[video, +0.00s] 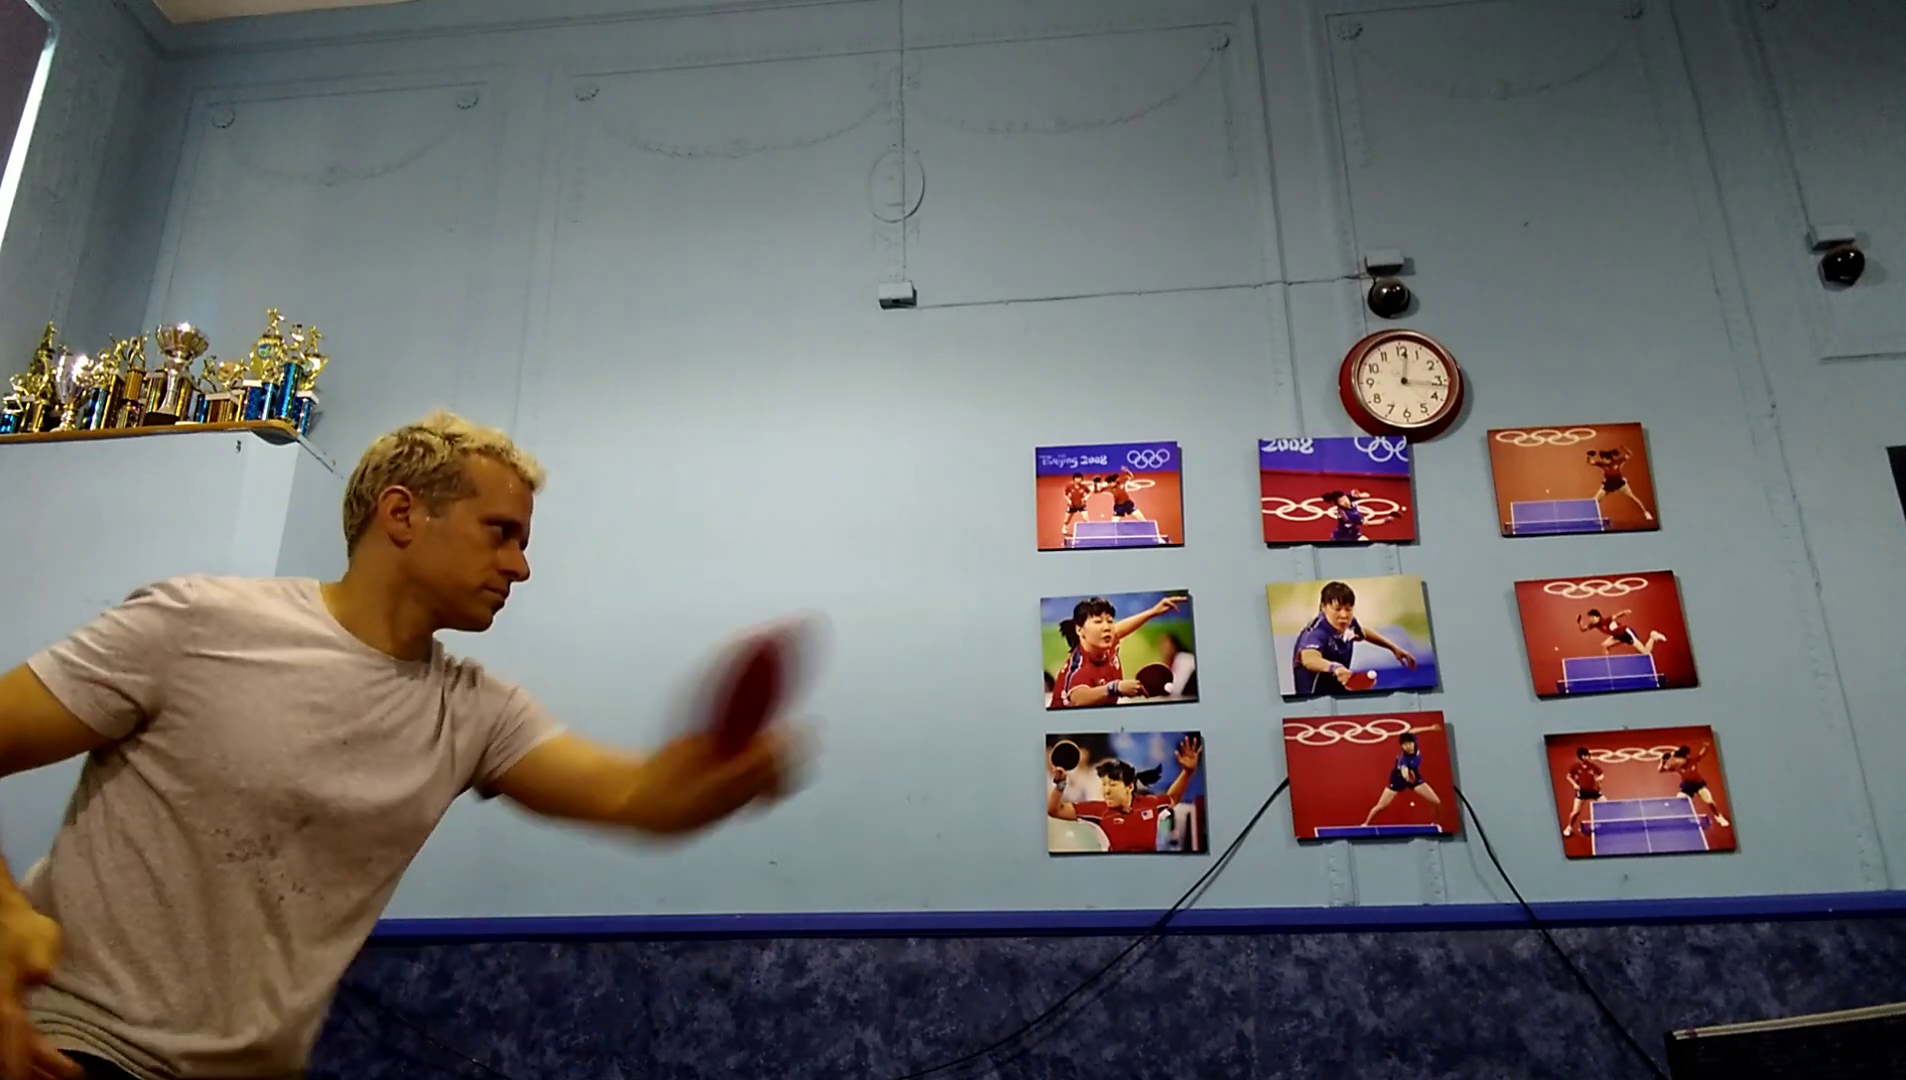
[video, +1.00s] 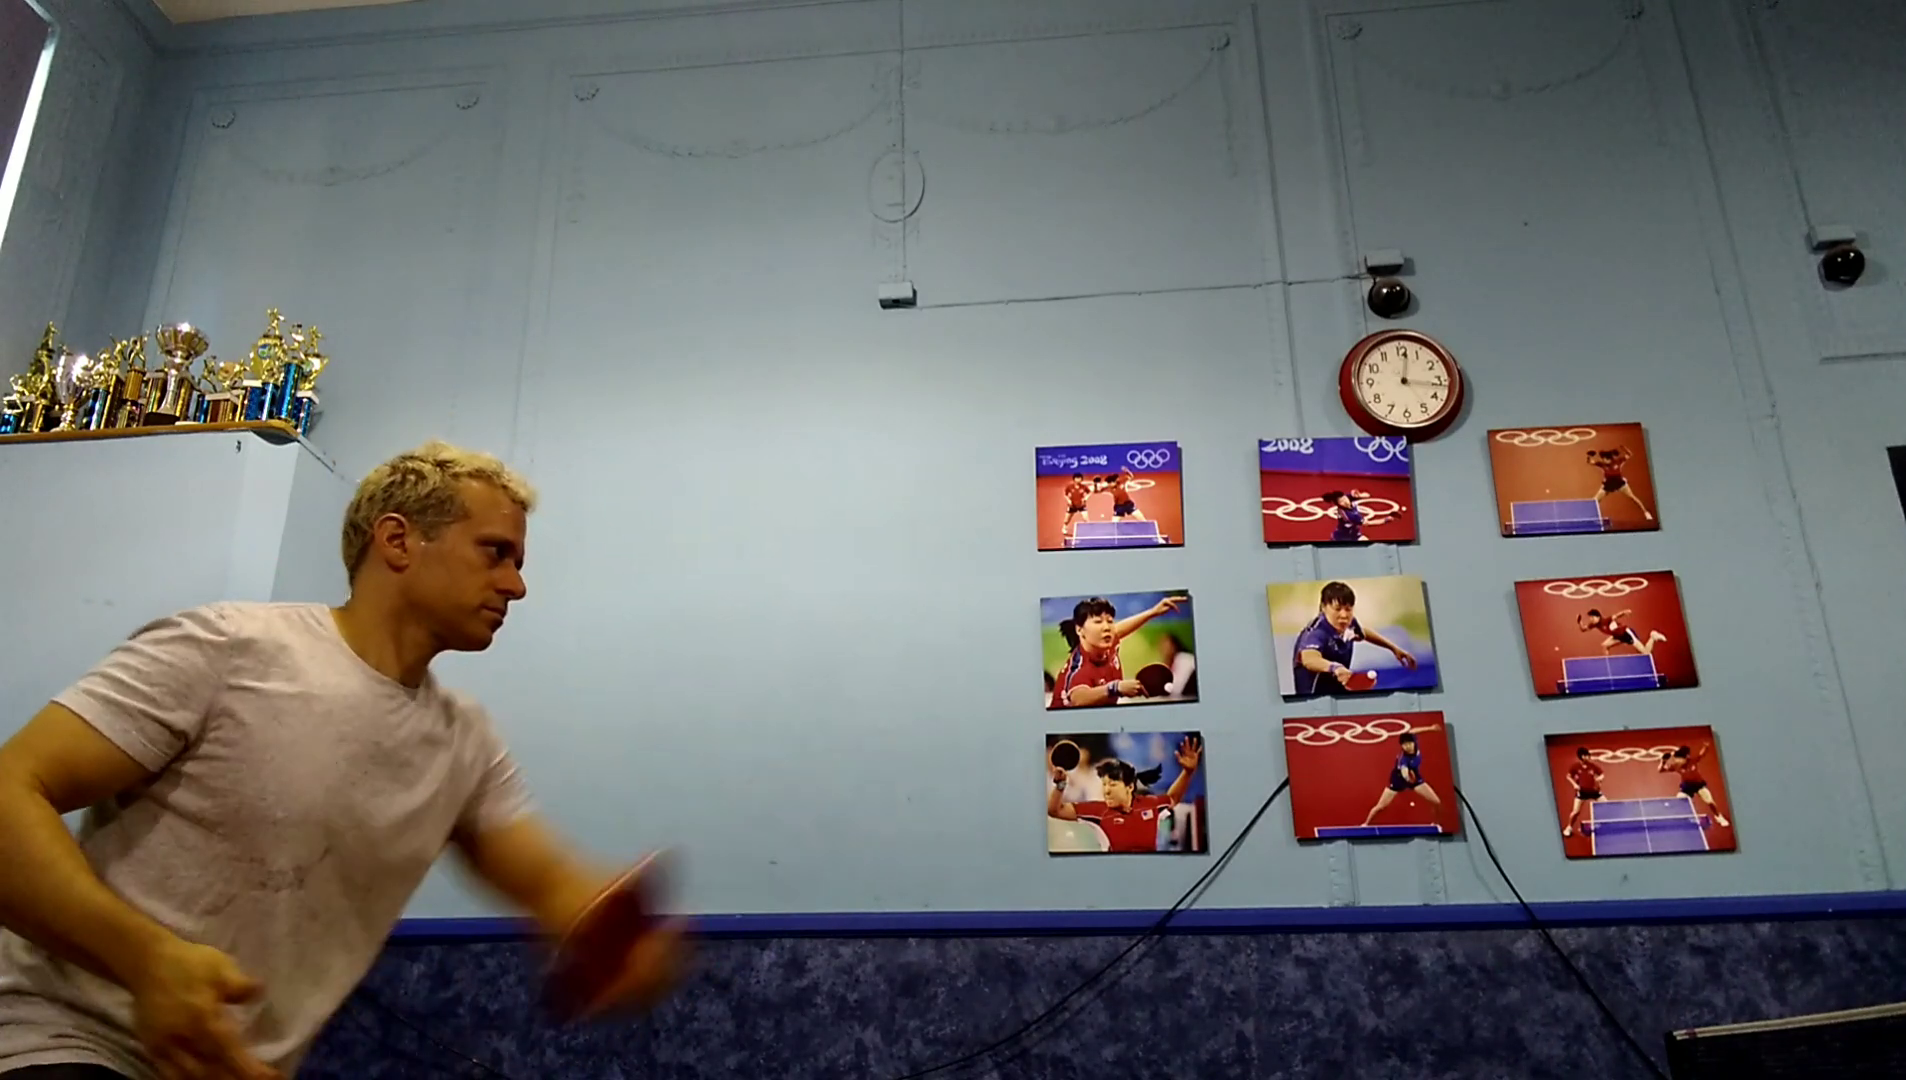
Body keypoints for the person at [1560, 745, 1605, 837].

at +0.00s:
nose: (1587, 757)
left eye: (1588, 755)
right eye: (1585, 755)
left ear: (1589, 756)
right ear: (1581, 757)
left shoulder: (1592, 766)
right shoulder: (1576, 767)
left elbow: (1602, 774)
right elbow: (1568, 776)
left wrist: (1598, 779)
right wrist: (1574, 785)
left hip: (1594, 791)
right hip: (1582, 791)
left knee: (1606, 805)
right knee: (1576, 812)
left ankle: (1606, 826)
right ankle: (1569, 827)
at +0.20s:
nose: (1587, 758)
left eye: (1588, 755)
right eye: (1585, 755)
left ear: (1589, 756)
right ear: (1581, 757)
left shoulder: (1592, 766)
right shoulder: (1576, 766)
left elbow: (1602, 774)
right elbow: (1568, 776)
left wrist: (1598, 779)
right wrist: (1574, 785)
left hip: (1594, 791)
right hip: (1582, 791)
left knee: (1606, 806)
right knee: (1576, 812)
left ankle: (1606, 826)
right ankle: (1569, 827)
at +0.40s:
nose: (1587, 758)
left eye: (1588, 755)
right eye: (1585, 756)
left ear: (1589, 756)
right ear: (1581, 757)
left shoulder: (1592, 766)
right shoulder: (1576, 766)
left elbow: (1602, 774)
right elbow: (1569, 776)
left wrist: (1598, 779)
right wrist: (1574, 785)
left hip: (1594, 791)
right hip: (1582, 791)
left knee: (1606, 805)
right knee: (1576, 812)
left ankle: (1606, 826)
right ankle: (1569, 827)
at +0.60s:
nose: (1587, 758)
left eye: (1588, 755)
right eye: (1585, 756)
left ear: (1589, 756)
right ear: (1581, 757)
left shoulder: (1592, 766)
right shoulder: (1576, 767)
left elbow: (1602, 774)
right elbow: (1568, 776)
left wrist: (1598, 779)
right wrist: (1574, 785)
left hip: (1594, 791)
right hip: (1582, 791)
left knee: (1606, 806)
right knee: (1576, 812)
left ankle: (1607, 826)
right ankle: (1569, 827)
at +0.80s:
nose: (1587, 758)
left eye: (1588, 755)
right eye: (1585, 756)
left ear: (1589, 756)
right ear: (1581, 757)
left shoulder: (1592, 766)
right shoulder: (1576, 767)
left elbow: (1602, 774)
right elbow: (1568, 776)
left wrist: (1598, 779)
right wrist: (1574, 785)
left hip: (1594, 791)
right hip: (1582, 791)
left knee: (1606, 806)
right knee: (1576, 812)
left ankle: (1607, 826)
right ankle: (1569, 827)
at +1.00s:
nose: (1587, 758)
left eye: (1588, 755)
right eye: (1585, 756)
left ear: (1589, 756)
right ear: (1581, 757)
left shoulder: (1592, 766)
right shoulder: (1576, 766)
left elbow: (1602, 774)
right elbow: (1568, 776)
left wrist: (1598, 779)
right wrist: (1574, 785)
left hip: (1594, 791)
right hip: (1582, 791)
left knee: (1606, 806)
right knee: (1576, 812)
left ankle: (1607, 826)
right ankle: (1569, 827)